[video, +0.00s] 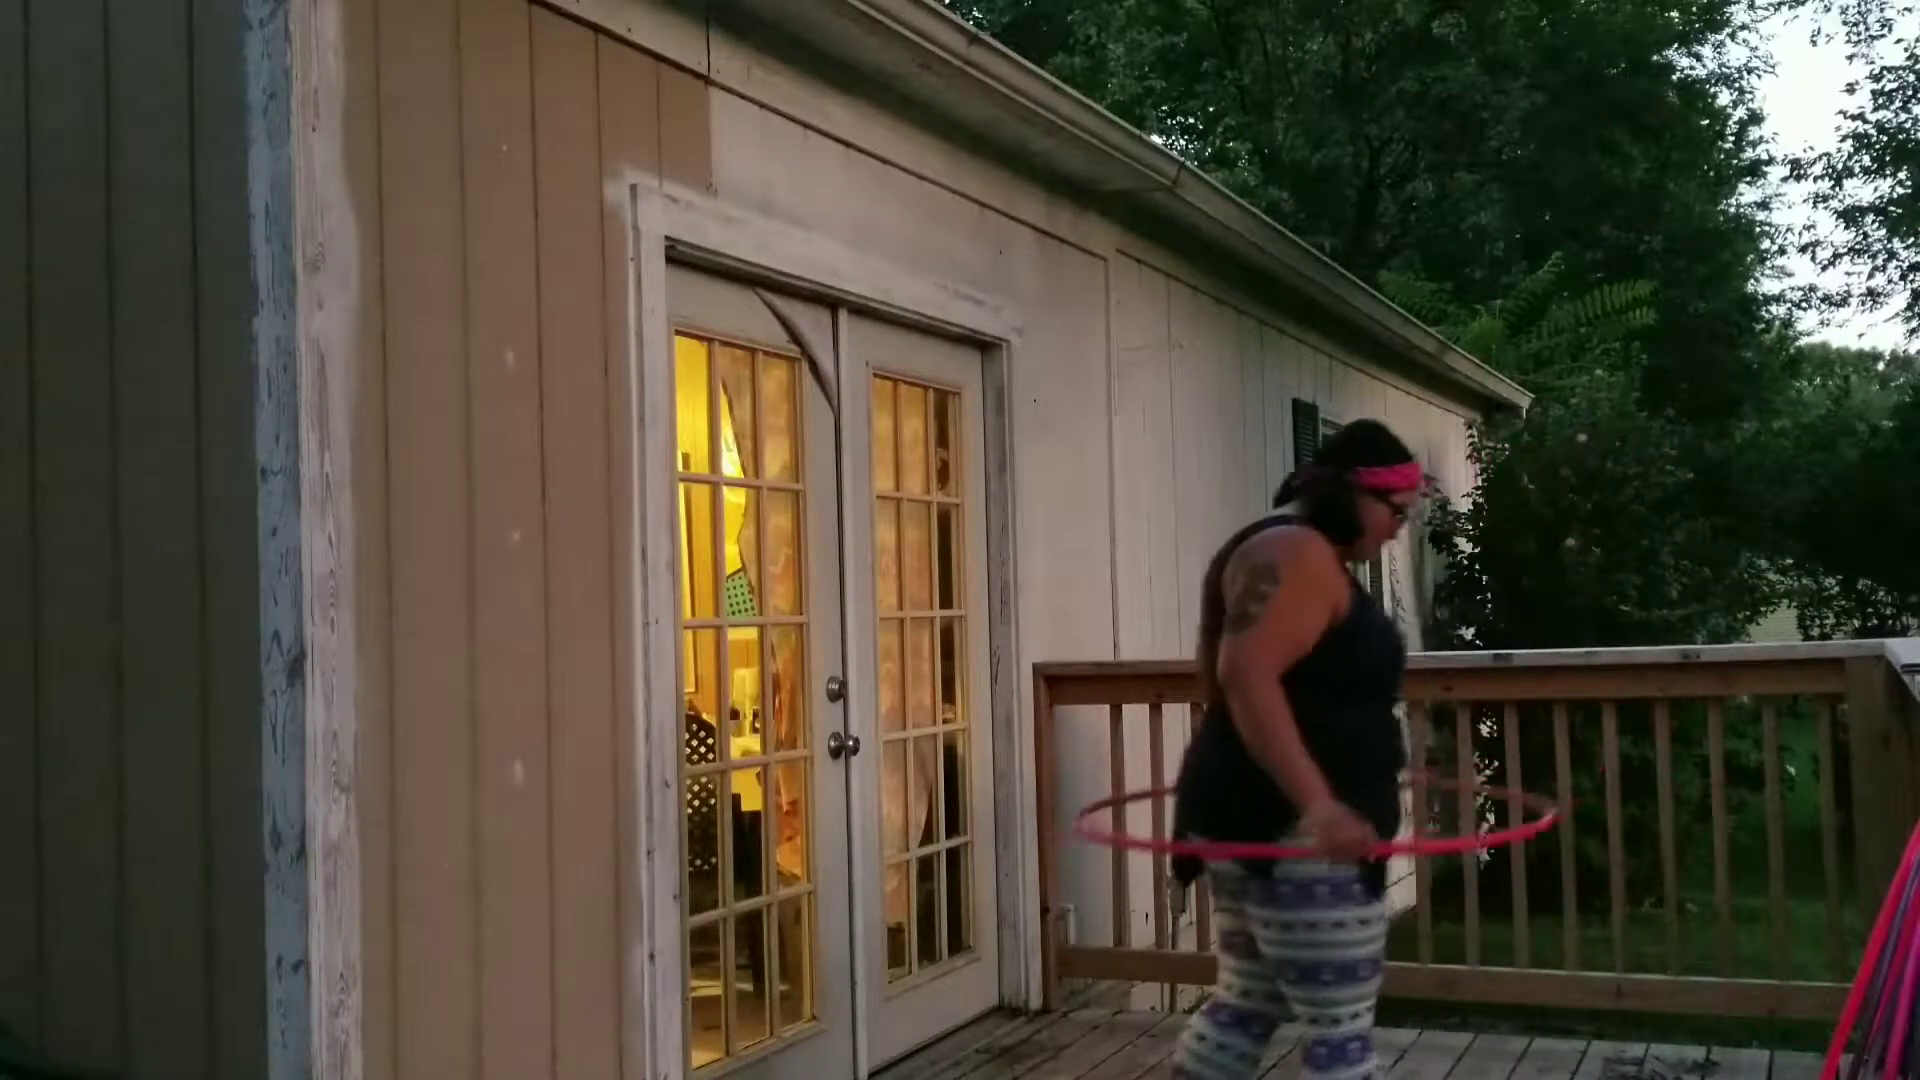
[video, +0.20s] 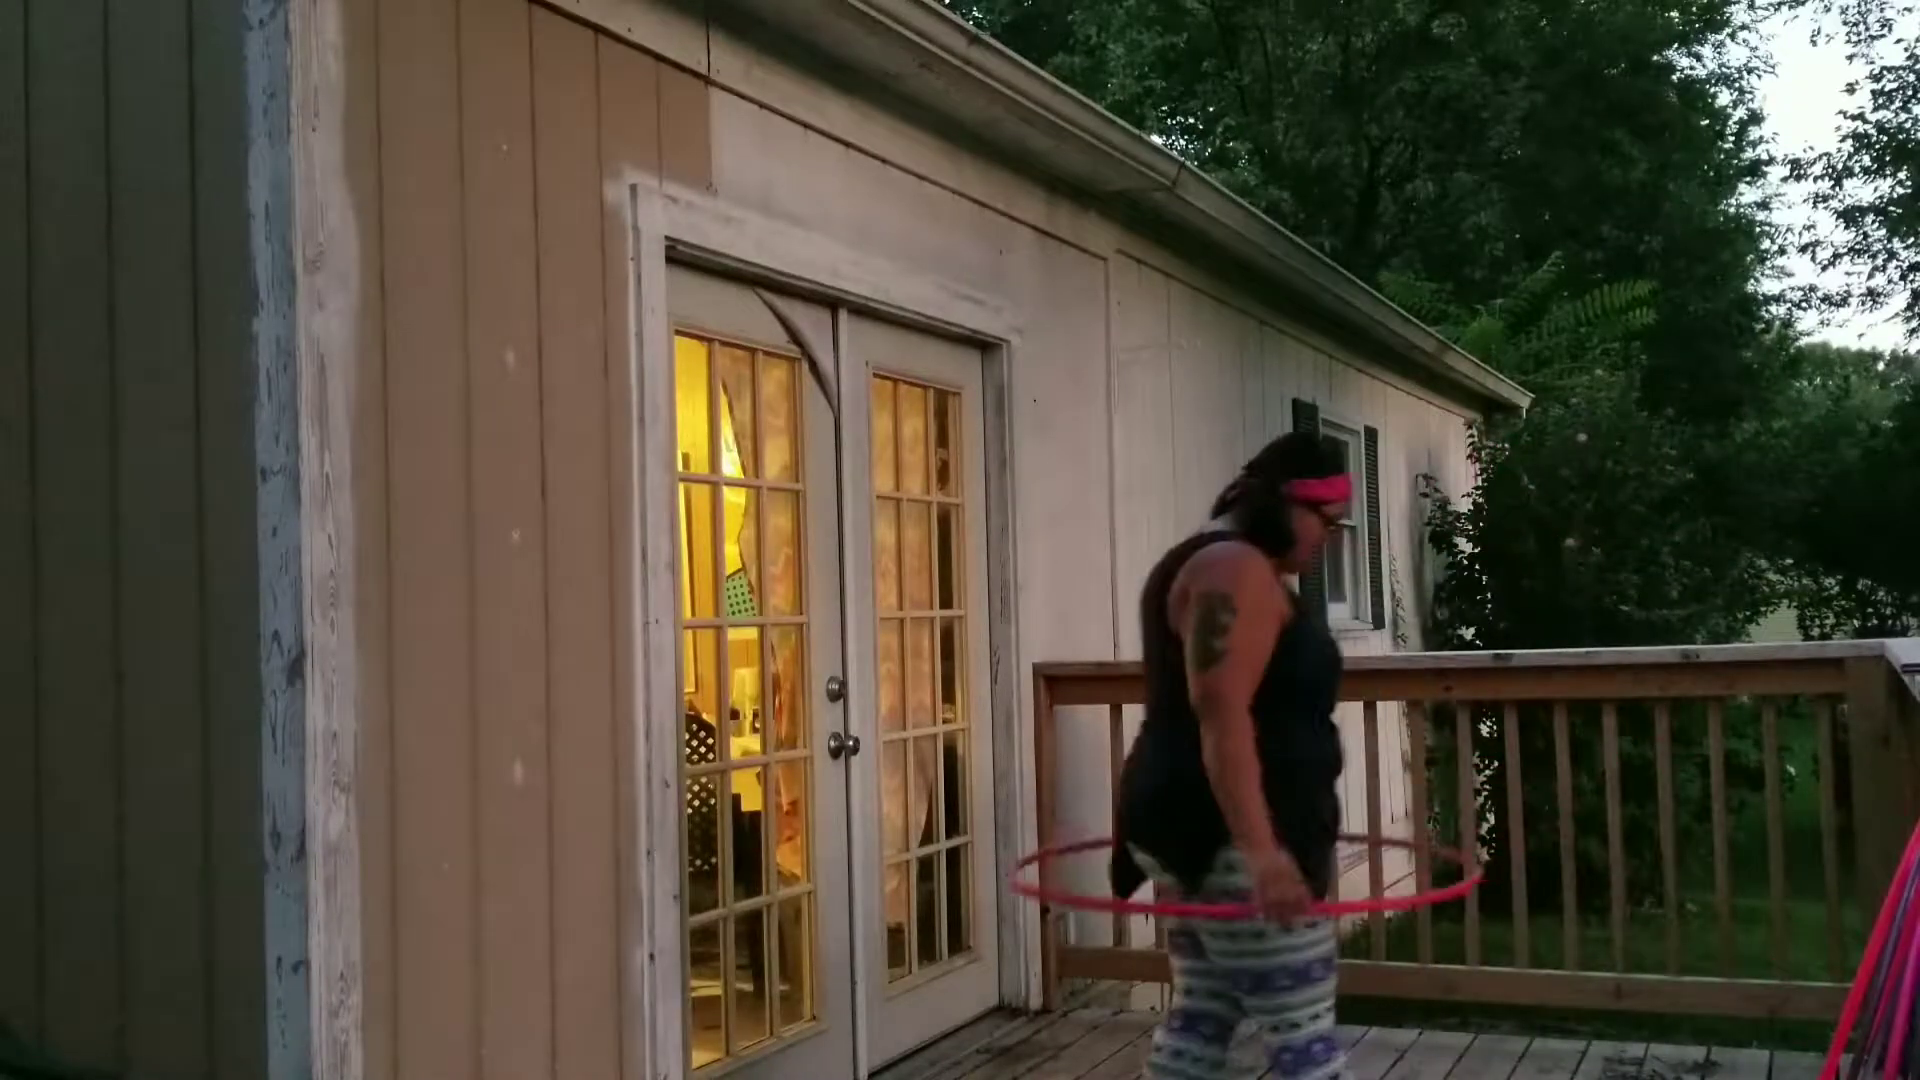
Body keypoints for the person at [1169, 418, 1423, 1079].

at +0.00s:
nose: (1399, 525)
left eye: (1405, 512)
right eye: (1394, 507)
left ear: (1338, 490)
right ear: (1351, 489)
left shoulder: (1269, 549)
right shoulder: (1300, 554)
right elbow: (1246, 674)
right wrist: (1320, 804)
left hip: (1246, 826)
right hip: (1304, 833)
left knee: (1247, 1004)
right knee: (1340, 1030)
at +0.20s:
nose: (1331, 537)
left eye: (1335, 523)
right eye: (1324, 518)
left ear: (1272, 503)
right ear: (1282, 502)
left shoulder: (1219, 565)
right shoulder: (1237, 568)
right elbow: (1221, 722)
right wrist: (1266, 855)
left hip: (1198, 835)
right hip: (1241, 841)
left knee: (1201, 1024)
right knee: (1306, 1037)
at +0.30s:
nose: (1299, 544)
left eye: (1306, 530)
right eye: (1295, 525)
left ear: (1246, 507)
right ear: (1253, 506)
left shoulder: (1182, 571)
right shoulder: (1209, 577)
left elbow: (1156, 724)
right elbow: (1213, 725)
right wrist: (1241, 861)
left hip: (1173, 832)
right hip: (1215, 837)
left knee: (1199, 1018)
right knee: (1284, 1020)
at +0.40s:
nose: (1271, 545)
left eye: (1276, 532)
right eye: (1266, 527)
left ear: (1219, 508)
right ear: (1225, 509)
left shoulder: (1160, 571)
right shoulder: (1184, 579)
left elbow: (1143, 726)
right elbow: (1194, 730)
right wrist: (1227, 864)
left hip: (1158, 833)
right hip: (1194, 838)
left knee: (1199, 1016)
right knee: (1273, 1010)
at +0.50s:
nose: (1248, 543)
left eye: (1253, 530)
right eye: (1241, 524)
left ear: (1189, 511)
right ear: (1198, 509)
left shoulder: (1146, 573)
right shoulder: (1158, 577)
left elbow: (1153, 726)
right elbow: (1158, 720)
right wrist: (1214, 853)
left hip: (1160, 838)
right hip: (1188, 842)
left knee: (1198, 1019)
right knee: (1271, 1024)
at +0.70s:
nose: (1219, 530)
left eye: (1221, 515)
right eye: (1211, 512)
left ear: (1164, 504)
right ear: (1167, 501)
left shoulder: (1098, 566)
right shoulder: (1133, 562)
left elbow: (1067, 701)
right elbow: (1094, 683)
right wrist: (1201, 770)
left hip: (1144, 827)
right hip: (1174, 828)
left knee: (1190, 1014)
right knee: (1263, 1002)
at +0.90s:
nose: (1203, 501)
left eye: (1202, 487)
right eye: (1192, 486)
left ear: (1147, 490)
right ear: (1148, 488)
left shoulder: (1093, 555)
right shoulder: (1124, 547)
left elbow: (1051, 680)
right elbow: (1077, 664)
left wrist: (1159, 689)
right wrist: (1186, 672)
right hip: (1163, 811)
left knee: (1178, 1002)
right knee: (1260, 982)